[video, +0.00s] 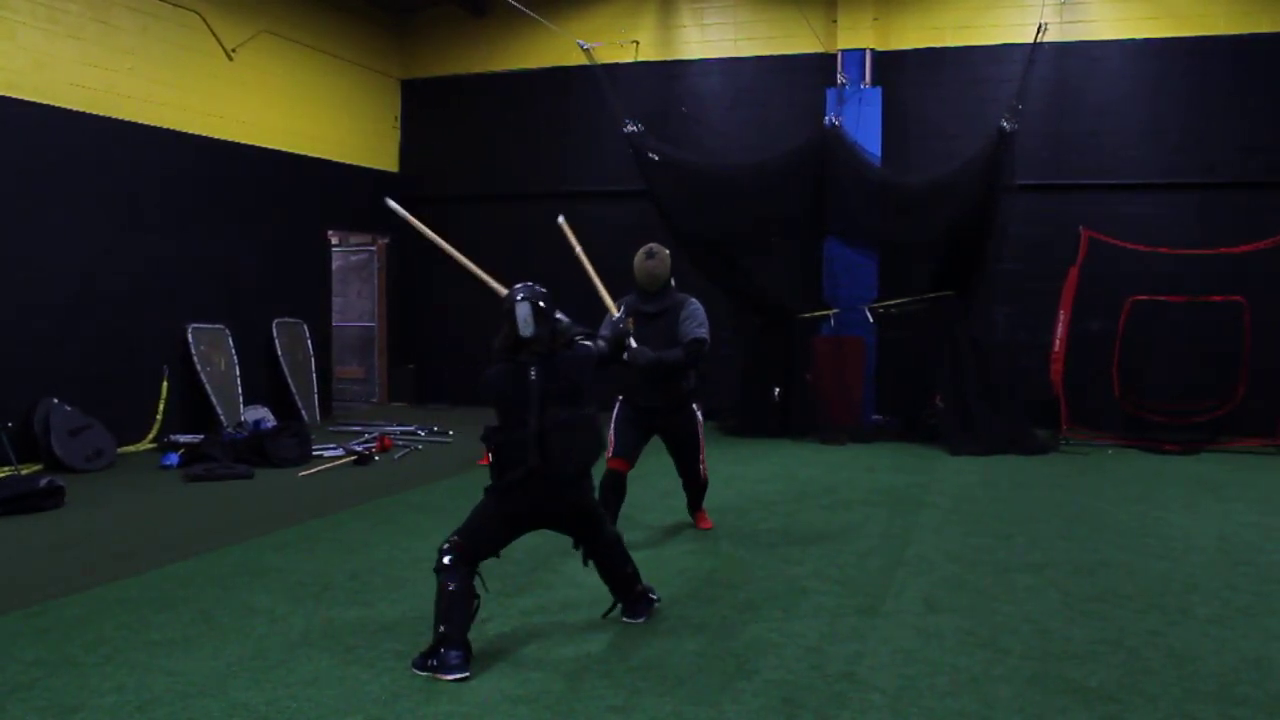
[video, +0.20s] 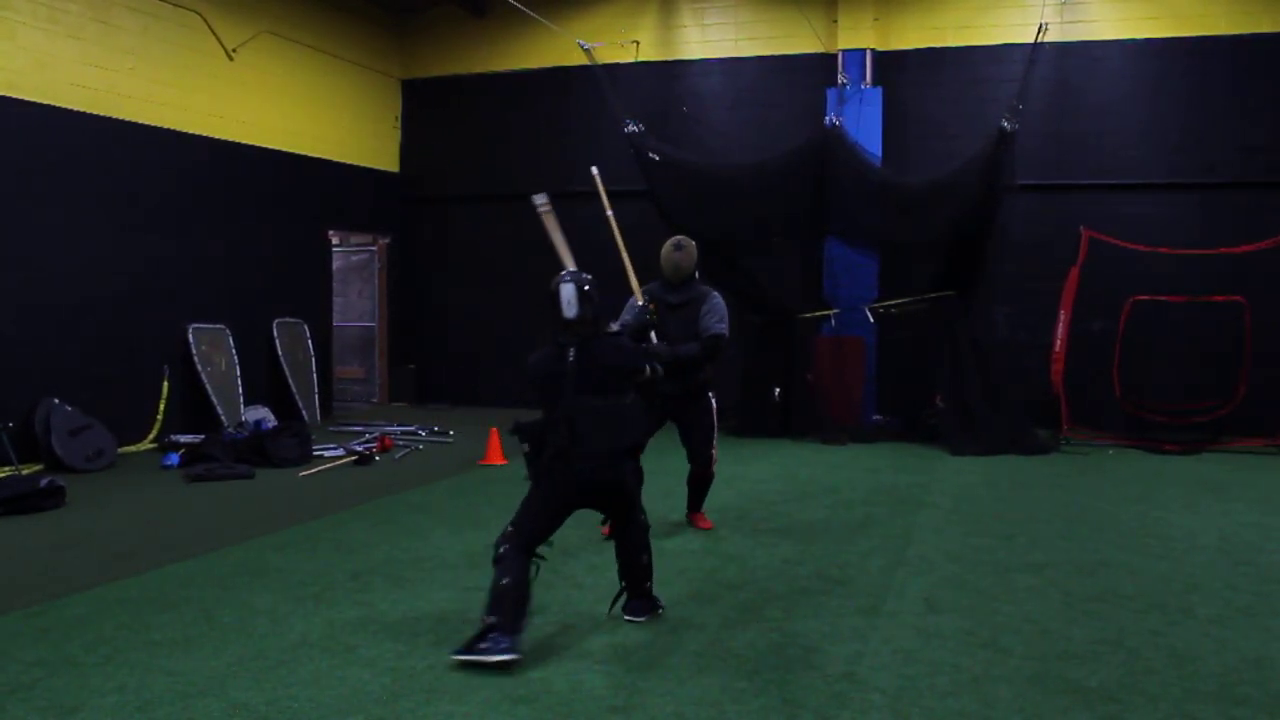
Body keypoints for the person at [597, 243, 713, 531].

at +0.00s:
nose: (649, 277)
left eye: (654, 272)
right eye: (645, 272)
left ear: (665, 275)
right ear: (636, 276)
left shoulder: (687, 307)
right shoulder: (623, 309)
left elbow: (696, 350)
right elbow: (601, 353)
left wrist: (651, 358)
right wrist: (616, 339)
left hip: (678, 401)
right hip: (634, 402)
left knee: (695, 472)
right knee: (616, 469)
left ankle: (697, 510)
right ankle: (603, 531)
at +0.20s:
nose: (676, 275)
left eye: (681, 269)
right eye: (672, 268)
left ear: (691, 268)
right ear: (665, 267)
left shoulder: (709, 300)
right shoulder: (645, 298)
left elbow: (714, 345)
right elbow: (621, 336)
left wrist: (665, 355)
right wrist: (641, 328)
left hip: (694, 392)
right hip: (650, 391)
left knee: (704, 458)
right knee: (624, 450)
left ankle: (695, 511)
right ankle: (617, 515)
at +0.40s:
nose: (686, 268)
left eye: (692, 263)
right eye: (682, 262)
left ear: (702, 266)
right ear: (673, 264)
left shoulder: (716, 300)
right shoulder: (652, 296)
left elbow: (720, 345)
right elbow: (628, 328)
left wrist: (675, 361)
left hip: (699, 387)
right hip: (658, 386)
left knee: (708, 451)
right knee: (640, 446)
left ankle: (696, 509)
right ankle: (640, 503)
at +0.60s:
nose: (677, 281)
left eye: (684, 275)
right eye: (674, 274)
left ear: (695, 277)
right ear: (667, 274)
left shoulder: (709, 306)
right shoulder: (651, 301)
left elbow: (714, 348)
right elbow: (634, 338)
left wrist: (670, 358)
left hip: (695, 389)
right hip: (656, 389)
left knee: (708, 450)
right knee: (640, 447)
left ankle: (697, 509)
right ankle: (632, 498)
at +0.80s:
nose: (665, 286)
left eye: (671, 280)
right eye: (661, 280)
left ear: (681, 282)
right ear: (652, 283)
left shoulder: (696, 312)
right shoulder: (644, 308)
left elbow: (688, 355)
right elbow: (627, 350)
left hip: (688, 392)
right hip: (650, 391)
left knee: (698, 447)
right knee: (643, 446)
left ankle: (696, 509)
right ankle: (635, 494)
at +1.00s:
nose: (659, 277)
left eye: (664, 272)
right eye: (655, 272)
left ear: (674, 274)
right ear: (650, 273)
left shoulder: (691, 302)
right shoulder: (633, 295)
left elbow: (690, 341)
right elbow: (616, 329)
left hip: (682, 382)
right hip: (643, 380)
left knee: (689, 441)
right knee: (643, 439)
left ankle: (691, 504)